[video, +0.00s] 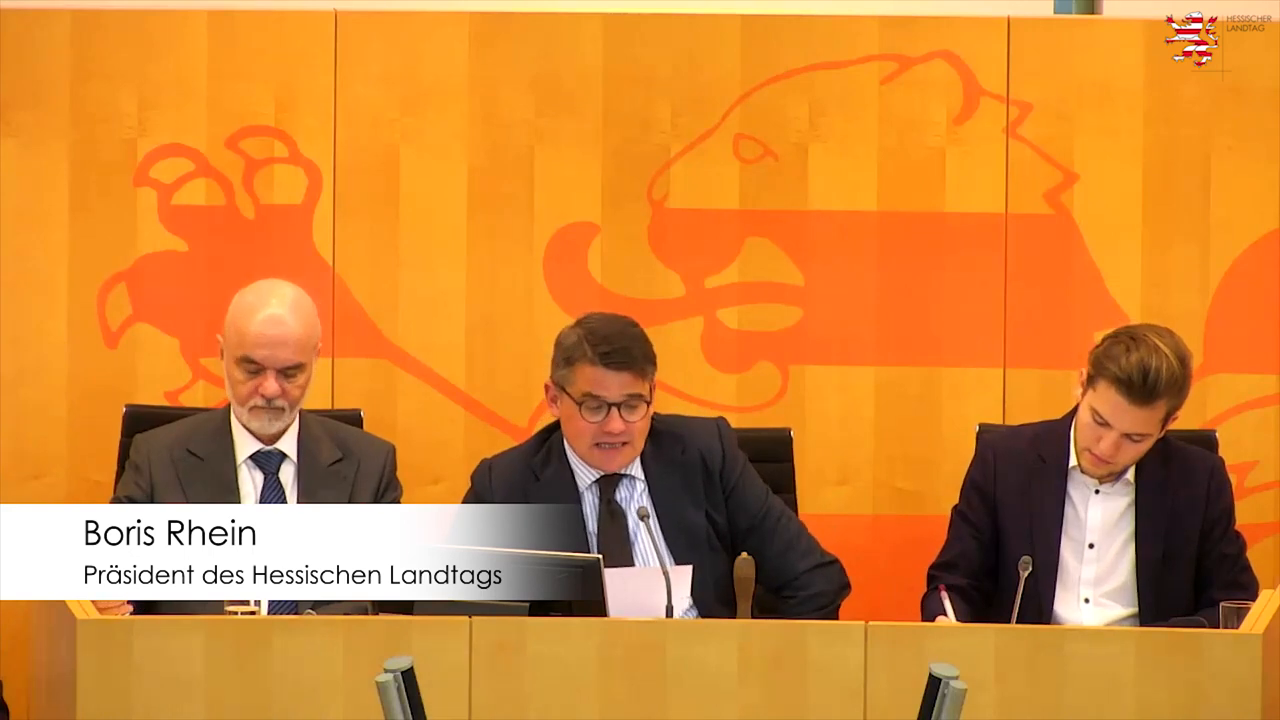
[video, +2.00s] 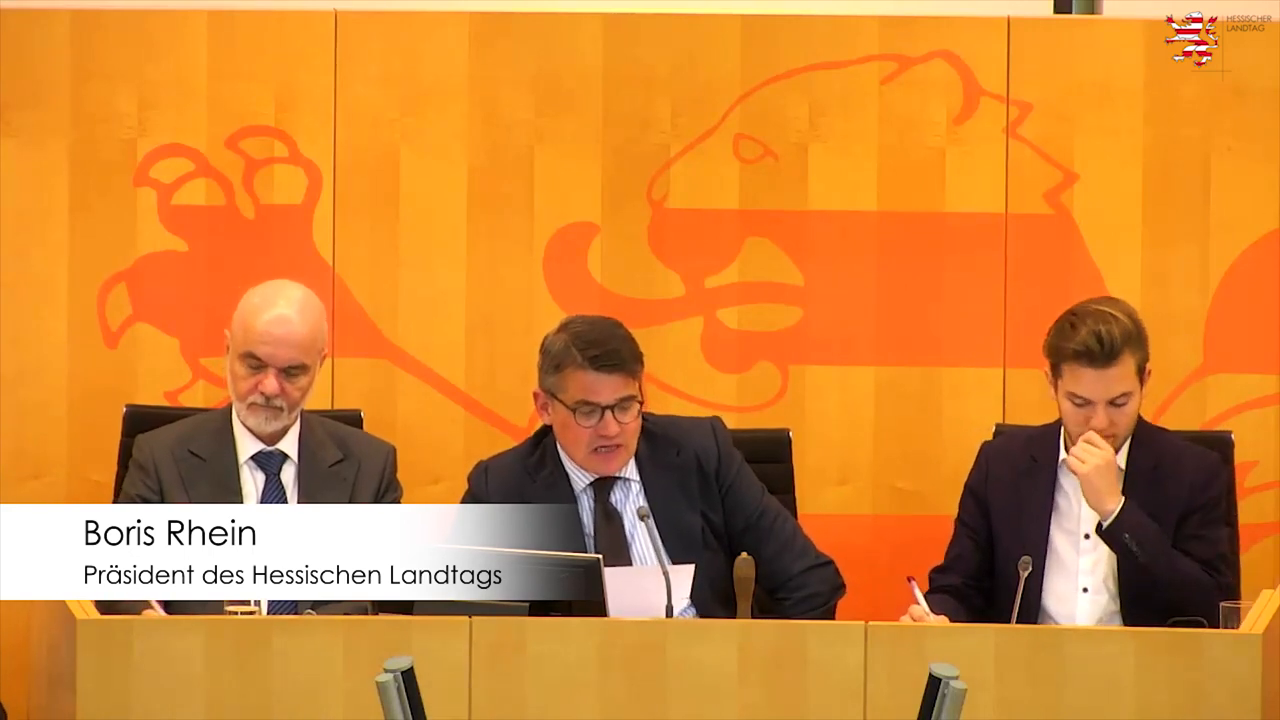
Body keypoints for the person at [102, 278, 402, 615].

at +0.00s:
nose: (271, 390)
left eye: (291, 372)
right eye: (252, 369)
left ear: (315, 357)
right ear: (222, 353)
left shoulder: (370, 463)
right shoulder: (154, 458)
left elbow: (392, 594)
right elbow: (114, 568)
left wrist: (308, 631)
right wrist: (107, 604)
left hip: (328, 668)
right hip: (190, 666)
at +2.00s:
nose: (270, 388)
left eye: (293, 372)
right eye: (254, 365)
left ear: (320, 363)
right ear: (227, 350)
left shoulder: (371, 463)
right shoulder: (158, 456)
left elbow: (383, 587)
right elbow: (117, 575)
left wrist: (311, 633)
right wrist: (147, 618)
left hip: (325, 665)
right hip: (195, 660)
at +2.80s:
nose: (285, 390)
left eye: (304, 371)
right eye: (265, 368)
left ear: (321, 362)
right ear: (226, 355)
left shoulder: (371, 463)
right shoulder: (159, 457)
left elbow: (386, 587)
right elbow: (118, 577)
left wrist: (312, 633)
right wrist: (147, 618)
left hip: (327, 664)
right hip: (197, 659)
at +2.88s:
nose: (287, 390)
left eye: (305, 371)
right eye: (267, 369)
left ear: (322, 362)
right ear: (227, 356)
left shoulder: (371, 463)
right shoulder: (159, 457)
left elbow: (387, 588)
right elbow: (118, 575)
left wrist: (313, 635)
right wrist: (145, 616)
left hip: (327, 666)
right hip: (196, 661)